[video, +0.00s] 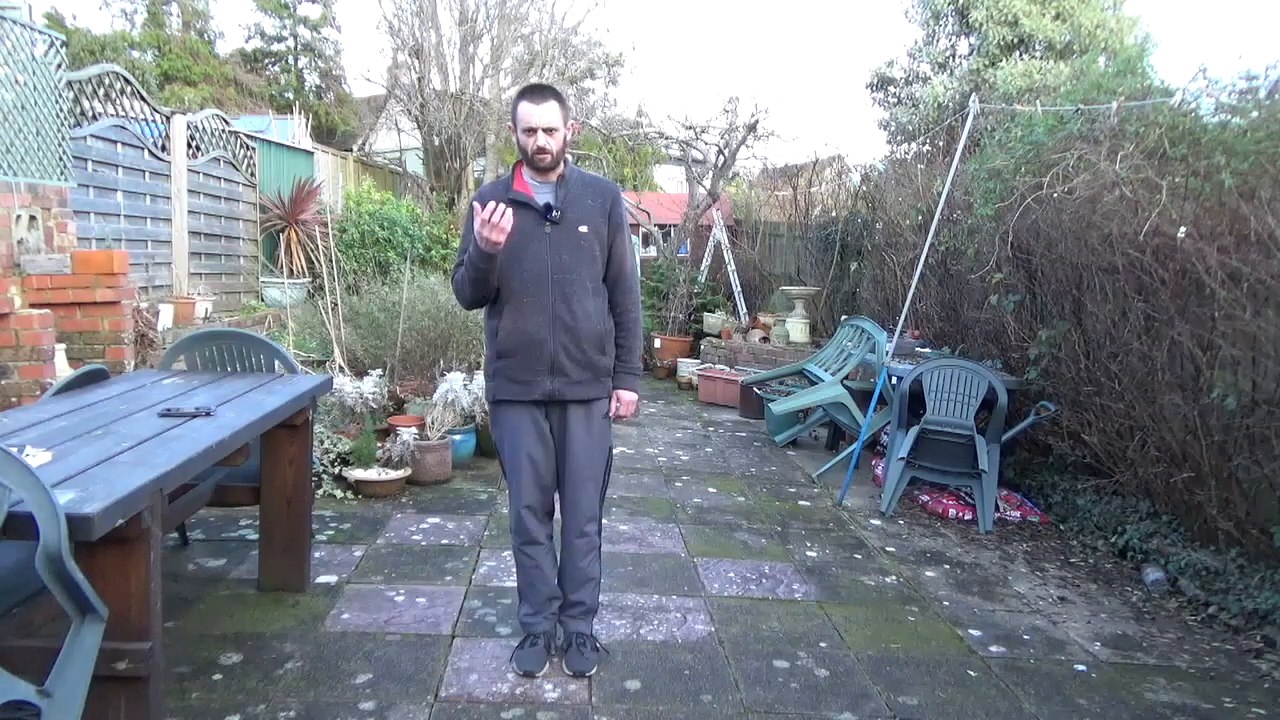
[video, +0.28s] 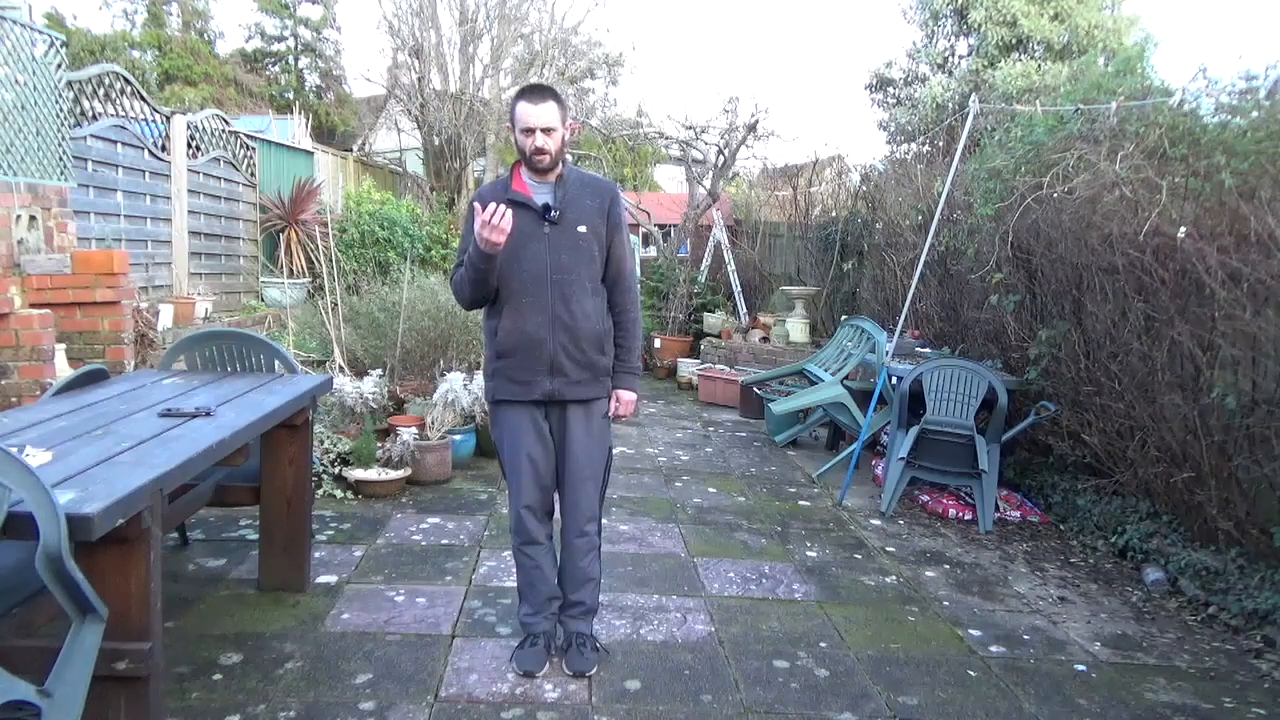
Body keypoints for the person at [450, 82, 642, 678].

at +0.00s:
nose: (539, 141)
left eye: (548, 130)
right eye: (529, 131)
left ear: (568, 129)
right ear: (515, 134)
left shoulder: (603, 195)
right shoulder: (491, 197)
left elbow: (625, 293)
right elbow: (468, 295)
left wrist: (628, 375)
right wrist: (485, 250)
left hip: (589, 379)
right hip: (516, 381)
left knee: (583, 513)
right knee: (528, 513)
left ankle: (580, 627)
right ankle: (536, 628)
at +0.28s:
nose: (537, 141)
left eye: (547, 130)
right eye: (527, 132)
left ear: (567, 129)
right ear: (513, 135)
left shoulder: (602, 195)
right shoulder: (489, 198)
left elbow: (624, 292)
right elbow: (467, 295)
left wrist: (627, 375)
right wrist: (484, 251)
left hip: (589, 379)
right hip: (515, 381)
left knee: (582, 514)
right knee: (528, 513)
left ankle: (579, 627)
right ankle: (535, 629)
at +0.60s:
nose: (536, 141)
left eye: (545, 130)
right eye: (525, 132)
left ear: (565, 130)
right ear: (512, 134)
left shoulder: (599, 195)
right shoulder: (487, 198)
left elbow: (622, 292)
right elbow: (466, 295)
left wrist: (625, 375)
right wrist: (483, 249)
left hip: (587, 377)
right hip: (513, 380)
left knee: (582, 512)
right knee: (527, 512)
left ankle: (580, 626)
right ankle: (535, 627)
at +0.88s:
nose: (535, 141)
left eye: (544, 130)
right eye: (524, 132)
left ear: (564, 130)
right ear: (511, 134)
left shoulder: (599, 195)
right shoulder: (487, 198)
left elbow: (622, 291)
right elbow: (465, 295)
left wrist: (625, 375)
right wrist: (484, 259)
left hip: (586, 378)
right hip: (513, 380)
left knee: (582, 512)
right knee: (526, 512)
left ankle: (580, 626)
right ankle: (535, 627)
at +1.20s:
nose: (535, 141)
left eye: (544, 130)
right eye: (524, 132)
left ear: (563, 130)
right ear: (510, 135)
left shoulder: (599, 195)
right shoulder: (486, 200)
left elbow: (621, 291)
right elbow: (465, 296)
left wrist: (624, 375)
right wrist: (483, 260)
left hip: (586, 378)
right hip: (512, 381)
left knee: (582, 513)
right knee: (526, 513)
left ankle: (580, 625)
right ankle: (535, 627)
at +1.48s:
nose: (536, 141)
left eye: (545, 130)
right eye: (525, 132)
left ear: (564, 129)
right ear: (511, 135)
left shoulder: (599, 195)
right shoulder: (486, 200)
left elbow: (621, 292)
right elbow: (465, 295)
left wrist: (624, 375)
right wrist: (487, 256)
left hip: (586, 378)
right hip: (512, 381)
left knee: (581, 513)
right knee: (526, 513)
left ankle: (580, 625)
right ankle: (535, 627)